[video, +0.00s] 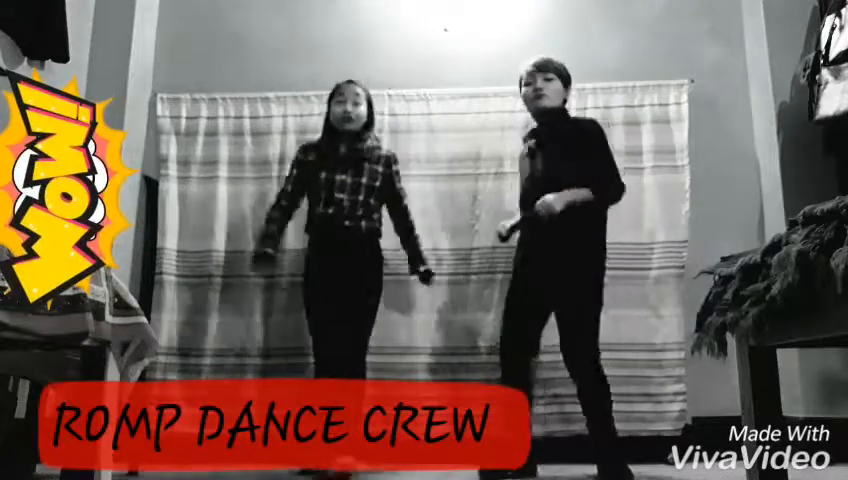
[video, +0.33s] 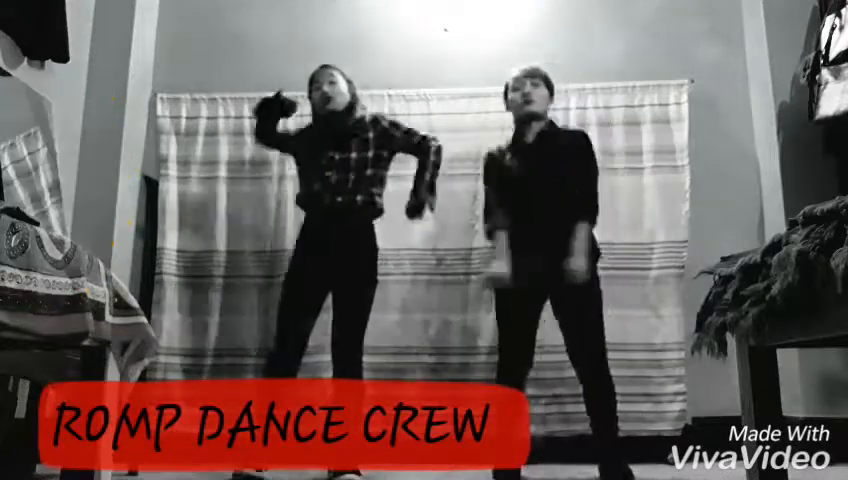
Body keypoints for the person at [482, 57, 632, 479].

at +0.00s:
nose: (535, 86)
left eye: (545, 79)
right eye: (529, 82)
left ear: (566, 90)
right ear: (523, 97)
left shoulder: (586, 130)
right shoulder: (532, 145)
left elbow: (613, 187)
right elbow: (544, 201)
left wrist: (568, 197)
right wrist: (519, 222)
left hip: (578, 263)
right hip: (534, 262)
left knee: (581, 358)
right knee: (515, 352)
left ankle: (610, 461)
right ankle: (517, 457)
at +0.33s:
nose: (526, 92)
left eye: (535, 86)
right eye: (517, 88)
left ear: (551, 98)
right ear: (507, 103)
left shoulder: (575, 143)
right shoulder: (500, 158)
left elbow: (585, 200)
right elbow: (497, 212)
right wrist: (501, 255)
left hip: (570, 265)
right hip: (519, 268)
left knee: (592, 364)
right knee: (512, 367)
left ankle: (610, 459)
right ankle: (504, 461)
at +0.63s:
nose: (550, 89)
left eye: (558, 84)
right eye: (540, 84)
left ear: (569, 99)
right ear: (524, 99)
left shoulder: (570, 154)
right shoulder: (522, 145)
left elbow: (591, 211)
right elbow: (544, 206)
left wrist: (628, 267)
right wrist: (584, 250)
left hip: (568, 270)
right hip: (527, 272)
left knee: (597, 355)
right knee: (522, 366)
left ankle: (600, 457)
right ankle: (502, 462)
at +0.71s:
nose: (558, 79)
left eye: (566, 73)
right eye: (547, 74)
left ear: (578, 85)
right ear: (533, 88)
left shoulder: (594, 139)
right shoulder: (529, 135)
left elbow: (610, 195)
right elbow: (534, 200)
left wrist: (611, 235)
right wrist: (552, 254)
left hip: (584, 256)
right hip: (536, 257)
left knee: (593, 358)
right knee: (525, 359)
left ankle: (599, 456)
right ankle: (503, 456)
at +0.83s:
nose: (561, 77)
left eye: (570, 71)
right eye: (551, 72)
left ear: (584, 84)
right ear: (537, 87)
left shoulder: (603, 125)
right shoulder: (529, 144)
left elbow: (605, 181)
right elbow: (512, 200)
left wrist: (570, 215)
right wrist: (503, 253)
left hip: (596, 254)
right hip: (545, 257)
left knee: (597, 358)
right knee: (526, 355)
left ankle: (599, 458)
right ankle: (508, 454)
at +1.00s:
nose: (544, 84)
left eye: (554, 79)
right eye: (534, 79)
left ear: (567, 93)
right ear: (521, 95)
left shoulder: (587, 136)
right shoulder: (510, 156)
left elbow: (599, 201)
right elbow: (500, 221)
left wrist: (584, 256)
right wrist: (497, 278)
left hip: (587, 260)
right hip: (535, 264)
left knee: (601, 360)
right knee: (515, 361)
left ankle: (600, 459)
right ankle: (486, 456)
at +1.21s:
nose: (520, 83)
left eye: (529, 78)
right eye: (511, 76)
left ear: (539, 91)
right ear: (494, 88)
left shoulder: (545, 149)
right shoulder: (478, 143)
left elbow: (573, 201)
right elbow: (440, 196)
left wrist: (614, 246)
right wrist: (432, 257)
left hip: (534, 274)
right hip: (489, 274)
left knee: (571, 352)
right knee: (501, 358)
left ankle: (587, 453)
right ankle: (476, 452)